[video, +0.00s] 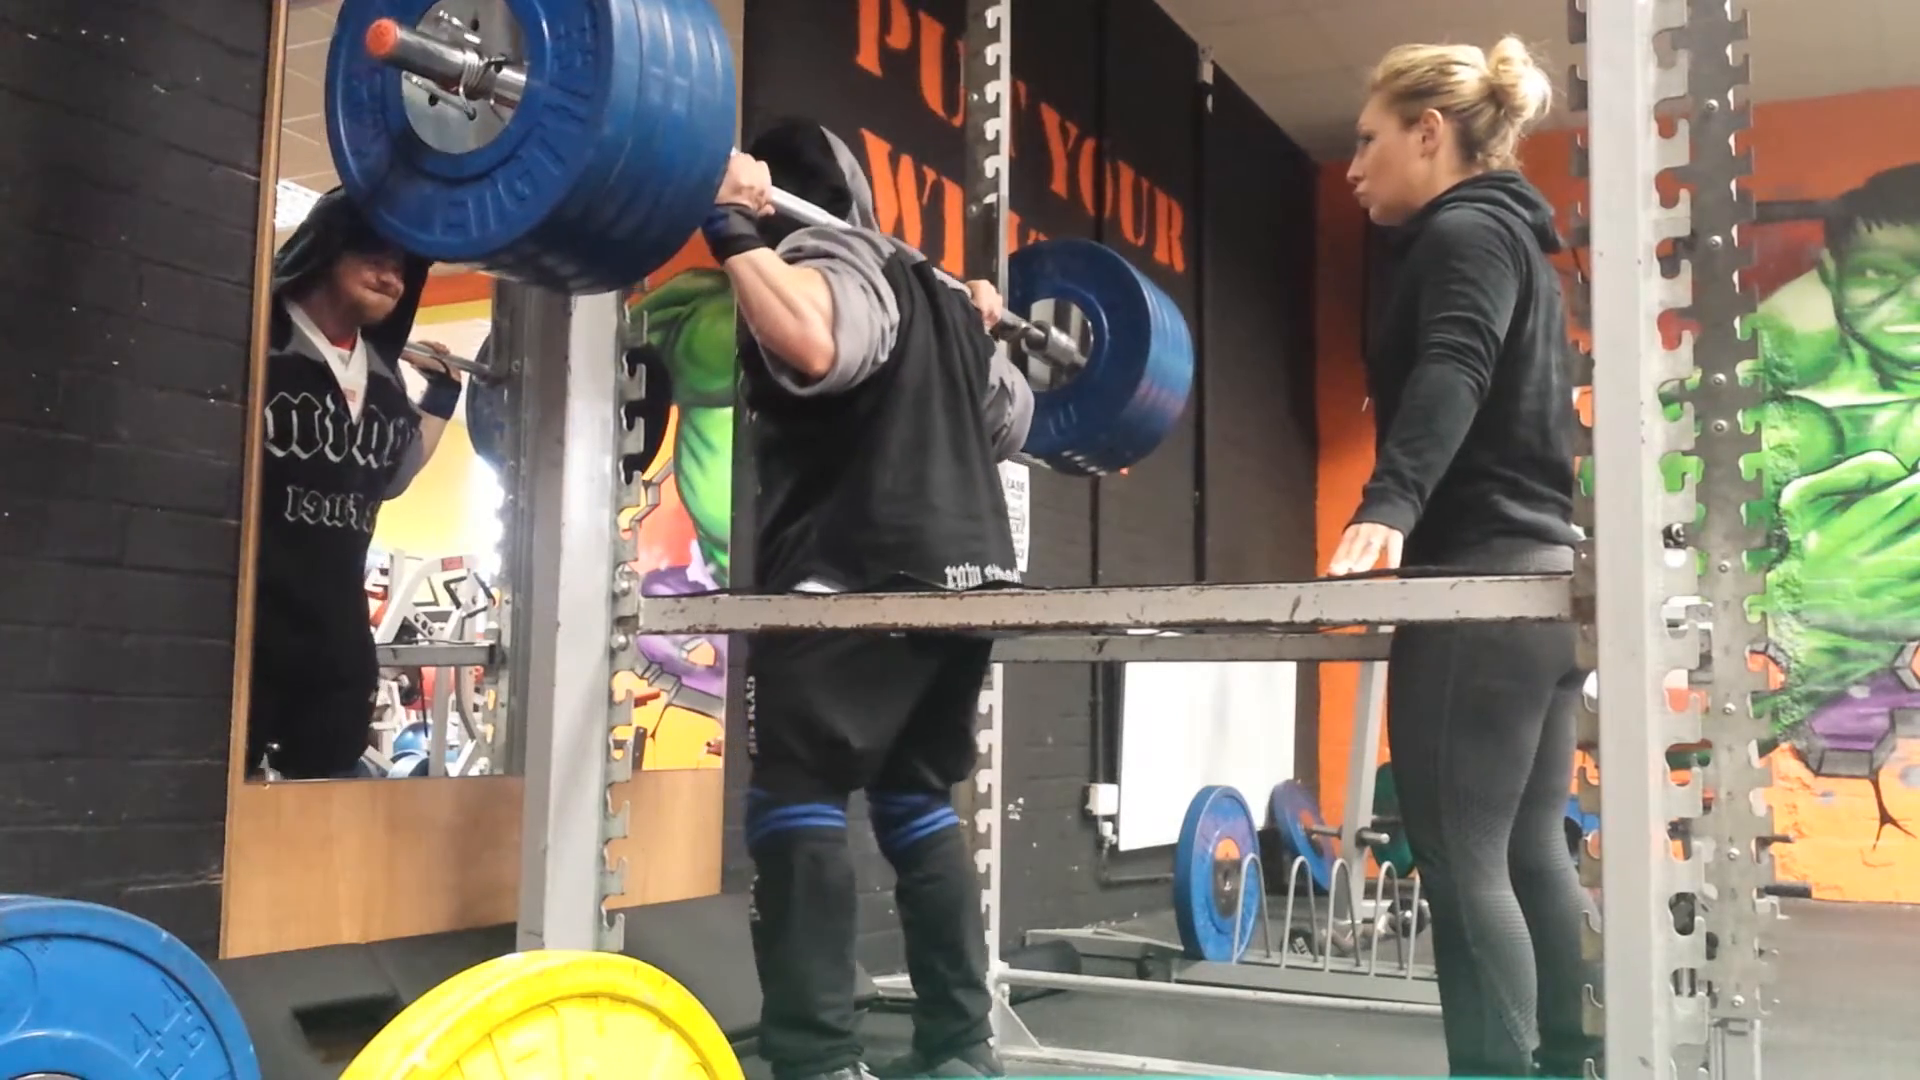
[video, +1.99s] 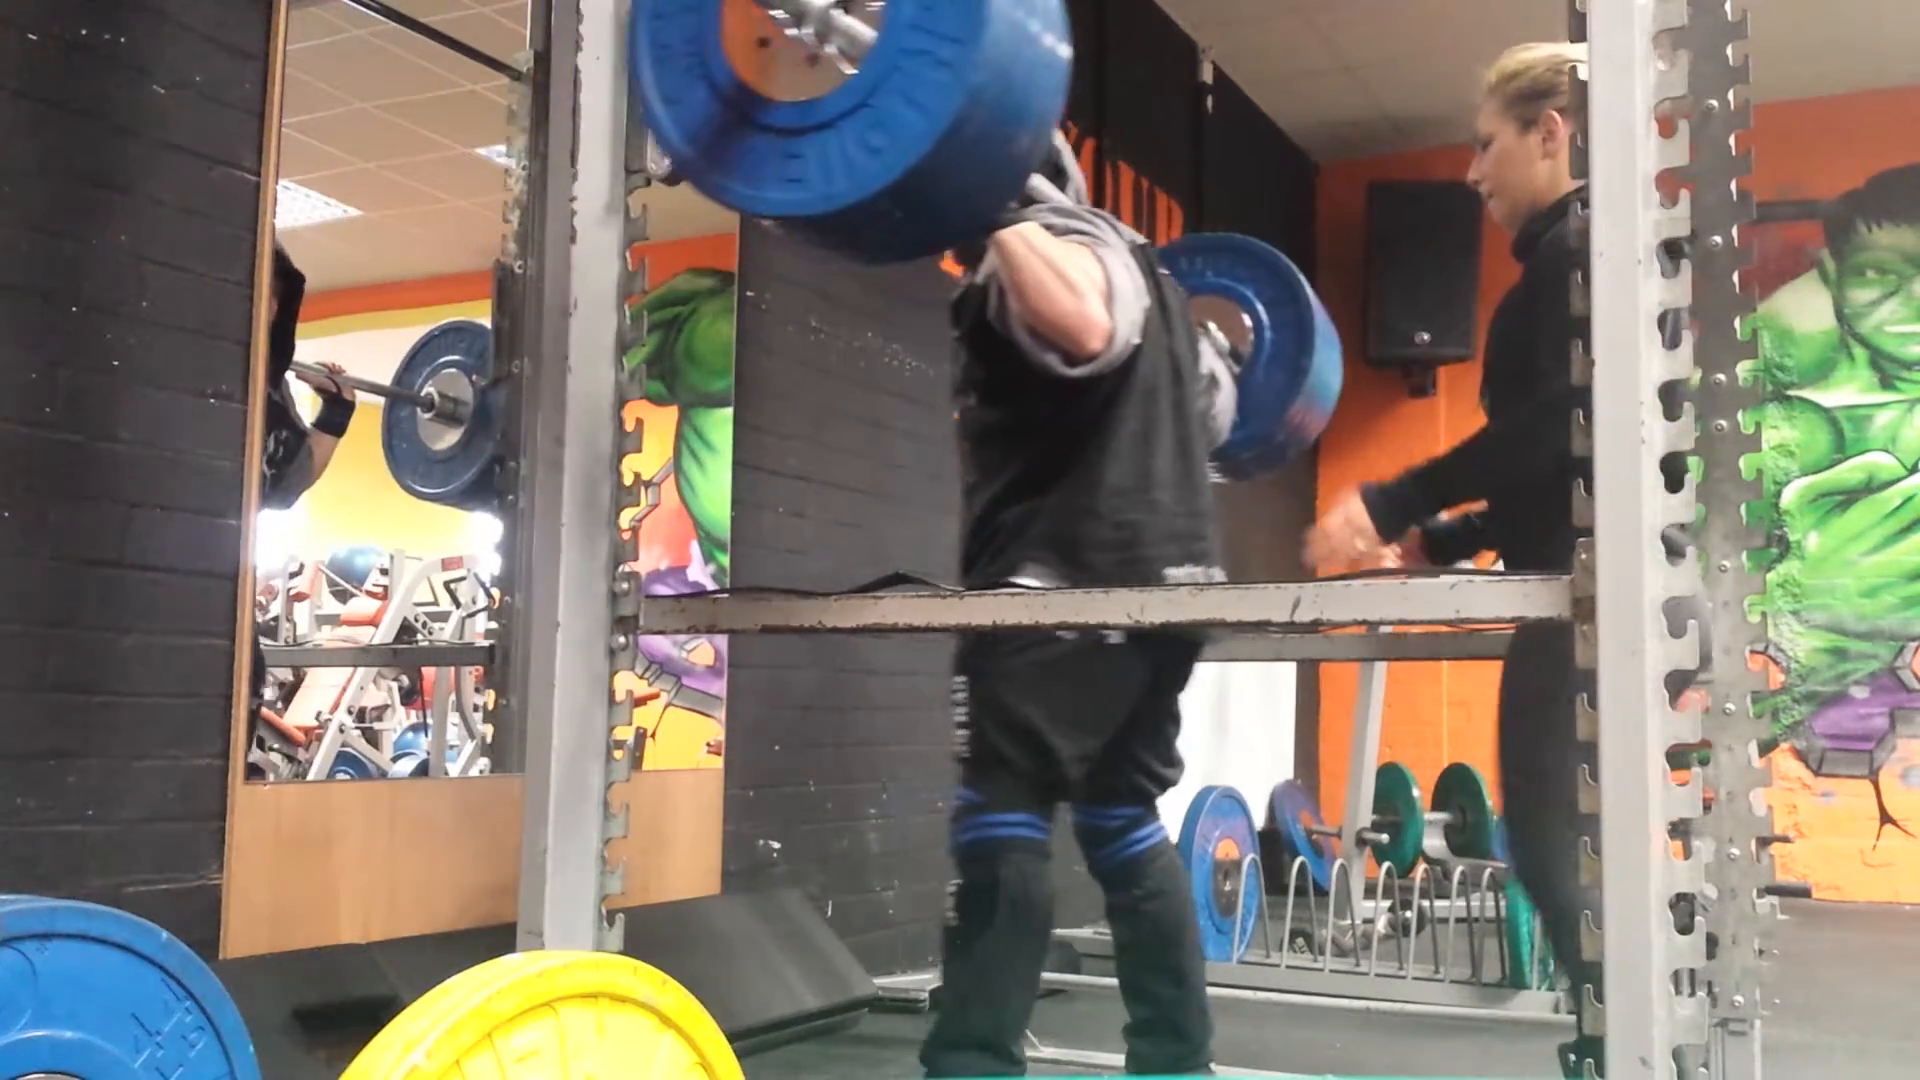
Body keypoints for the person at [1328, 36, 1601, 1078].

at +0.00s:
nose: (1354, 168)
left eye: (1367, 142)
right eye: (1355, 146)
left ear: (1433, 133)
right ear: (1439, 137)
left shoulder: (1466, 226)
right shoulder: (1509, 225)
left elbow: (1455, 361)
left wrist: (1386, 510)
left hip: (1483, 568)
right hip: (1540, 566)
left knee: (1464, 860)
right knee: (1533, 846)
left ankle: (1494, 1073)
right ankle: (1568, 1065)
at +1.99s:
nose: (1476, 168)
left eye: (1489, 143)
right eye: (1476, 146)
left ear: (1554, 135)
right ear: (1554, 140)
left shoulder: (1568, 256)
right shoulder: (1581, 255)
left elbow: (1534, 433)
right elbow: (1567, 483)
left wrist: (1385, 506)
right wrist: (1443, 543)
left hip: (1576, 592)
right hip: (1575, 587)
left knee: (1546, 835)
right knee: (1553, 834)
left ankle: (1620, 1044)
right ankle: (1622, 1040)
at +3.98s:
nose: (1545, 176)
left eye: (1563, 147)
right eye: (1539, 151)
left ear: (1628, 134)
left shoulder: (1674, 239)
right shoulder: (1660, 236)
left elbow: (1651, 435)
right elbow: (1608, 433)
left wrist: (1499, 492)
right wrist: (1491, 488)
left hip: (1685, 587)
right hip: (1690, 581)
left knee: (1660, 853)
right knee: (1694, 853)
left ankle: (1688, 1061)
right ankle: (1718, 1058)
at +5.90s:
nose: (1531, 168)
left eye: (1543, 144)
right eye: (1537, 144)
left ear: (1593, 144)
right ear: (1596, 144)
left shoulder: (1641, 244)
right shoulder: (1665, 247)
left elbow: (1591, 430)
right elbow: (1599, 475)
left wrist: (1420, 474)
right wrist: (1453, 515)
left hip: (1669, 585)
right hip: (1700, 583)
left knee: (1630, 842)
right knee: (1651, 844)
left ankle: (1659, 1058)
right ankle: (1671, 1054)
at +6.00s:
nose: (1538, 151)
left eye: (1553, 132)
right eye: (1546, 131)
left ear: (1600, 145)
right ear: (1617, 150)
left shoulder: (1648, 252)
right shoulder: (1649, 263)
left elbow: (1590, 423)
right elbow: (1593, 482)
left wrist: (1415, 465)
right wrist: (1448, 515)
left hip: (1672, 583)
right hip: (1683, 585)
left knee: (1636, 842)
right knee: (1641, 843)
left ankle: (1659, 1060)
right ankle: (1661, 1056)